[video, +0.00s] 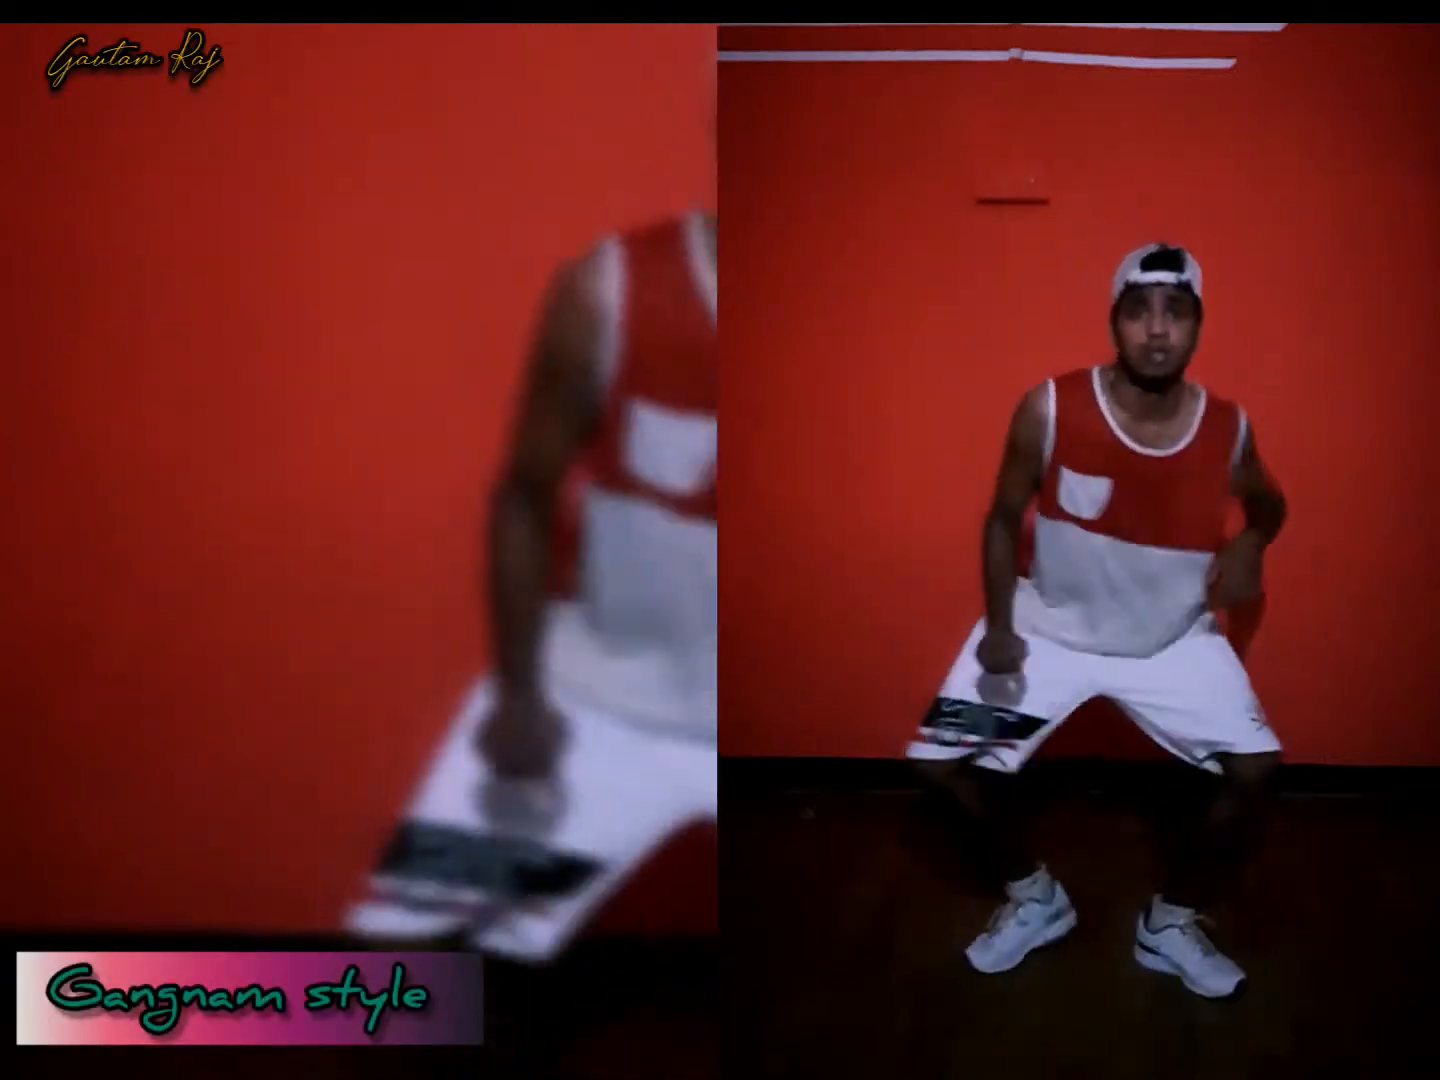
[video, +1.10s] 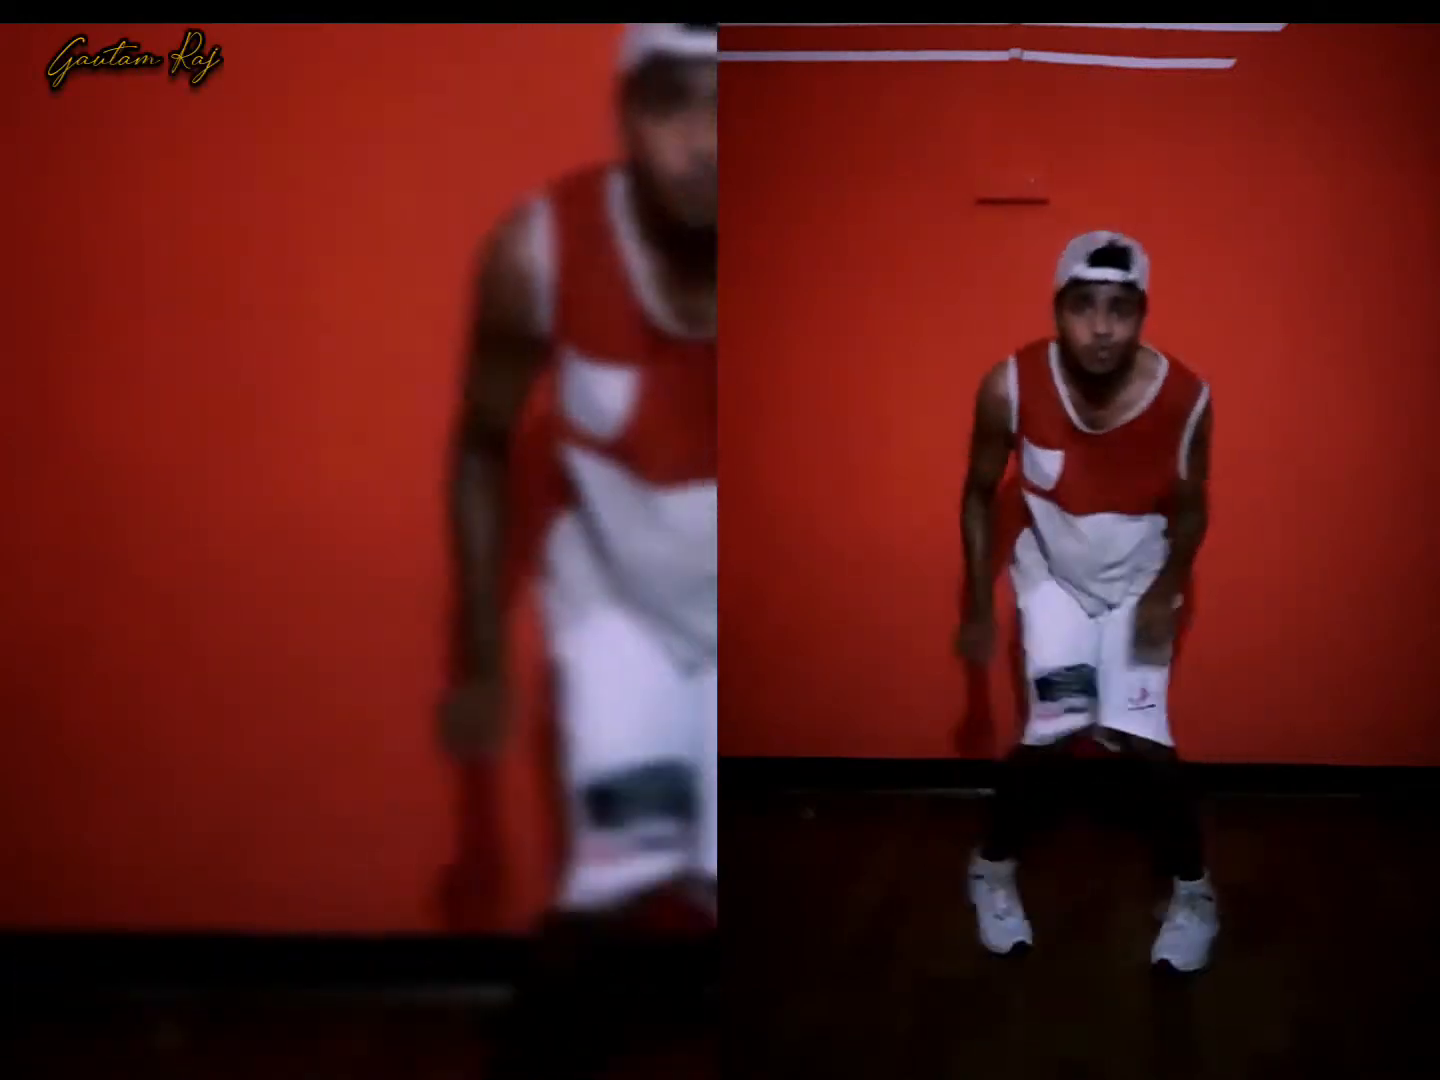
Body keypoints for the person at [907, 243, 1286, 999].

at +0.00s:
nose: (1158, 331)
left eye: (1175, 314)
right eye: (1140, 314)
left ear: (1197, 330)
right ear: (1115, 326)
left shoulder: (1225, 430)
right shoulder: (1052, 410)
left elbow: (1266, 505)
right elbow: (1004, 517)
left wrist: (1248, 547)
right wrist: (998, 627)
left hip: (1174, 641)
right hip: (1047, 632)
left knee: (1250, 767)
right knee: (945, 767)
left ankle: (1170, 921)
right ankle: (1033, 896)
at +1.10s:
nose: (1102, 329)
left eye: (1120, 311)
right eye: (1084, 310)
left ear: (1142, 318)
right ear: (1058, 316)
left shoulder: (1183, 399)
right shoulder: (1012, 390)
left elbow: (1191, 506)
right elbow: (980, 494)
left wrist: (1169, 589)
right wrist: (978, 607)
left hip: (1144, 580)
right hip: (1050, 576)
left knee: (1139, 734)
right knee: (1055, 727)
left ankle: (1191, 893)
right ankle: (994, 872)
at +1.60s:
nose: (1074, 313)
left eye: (1092, 296)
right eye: (1057, 295)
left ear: (1116, 306)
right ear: (1032, 303)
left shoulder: (1149, 385)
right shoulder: (984, 377)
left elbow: (1128, 517)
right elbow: (1011, 458)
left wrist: (1092, 632)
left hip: (1131, 565)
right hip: (1038, 563)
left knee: (1157, 734)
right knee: (1030, 727)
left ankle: (1191, 888)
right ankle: (982, 874)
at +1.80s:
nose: (1024, 353)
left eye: (1043, 336)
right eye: (1008, 334)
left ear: (1069, 345)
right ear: (989, 342)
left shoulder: (1121, 439)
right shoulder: (970, 407)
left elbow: (1171, 521)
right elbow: (969, 478)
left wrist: (1116, 571)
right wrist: (972, 533)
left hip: (1128, 595)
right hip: (1021, 596)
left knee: (1249, 726)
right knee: (939, 746)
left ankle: (1166, 889)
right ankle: (1026, 882)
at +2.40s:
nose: (1002, 284)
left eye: (1020, 269)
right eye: (988, 266)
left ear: (1043, 278)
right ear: (968, 271)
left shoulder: (1060, 357)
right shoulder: (928, 351)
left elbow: (1060, 461)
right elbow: (908, 489)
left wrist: (1122, 484)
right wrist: (950, 475)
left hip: (1028, 590)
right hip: (945, 583)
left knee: (993, 772)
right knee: (940, 761)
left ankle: (917, 835)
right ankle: (870, 862)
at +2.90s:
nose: (1162, 269)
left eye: (1183, 253)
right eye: (1148, 246)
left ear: (1202, 267)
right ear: (1119, 248)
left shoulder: (1215, 376)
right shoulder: (1063, 303)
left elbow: (1214, 523)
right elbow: (1014, 389)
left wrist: (1151, 500)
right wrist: (984, 485)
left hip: (1137, 605)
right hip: (1037, 583)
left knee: (1113, 774)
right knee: (1008, 761)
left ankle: (1074, 923)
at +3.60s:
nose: (1042, 390)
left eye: (1054, 372)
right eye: (1037, 373)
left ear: (1109, 359)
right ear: (1109, 359)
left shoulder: (1137, 453)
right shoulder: (1145, 403)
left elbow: (1203, 579)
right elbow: (1127, 507)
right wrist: (1081, 583)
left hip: (1261, 623)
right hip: (1191, 594)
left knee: (1238, 820)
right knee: (1098, 722)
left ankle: (1369, 939)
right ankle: (1102, 907)